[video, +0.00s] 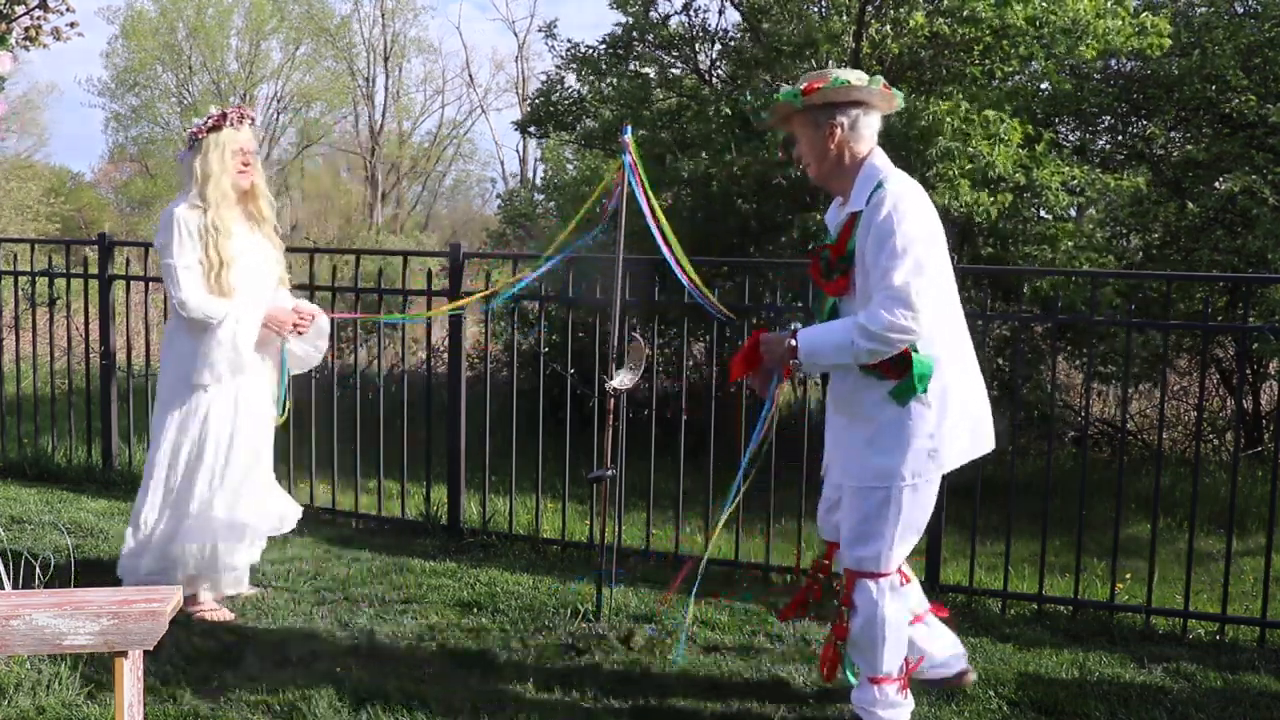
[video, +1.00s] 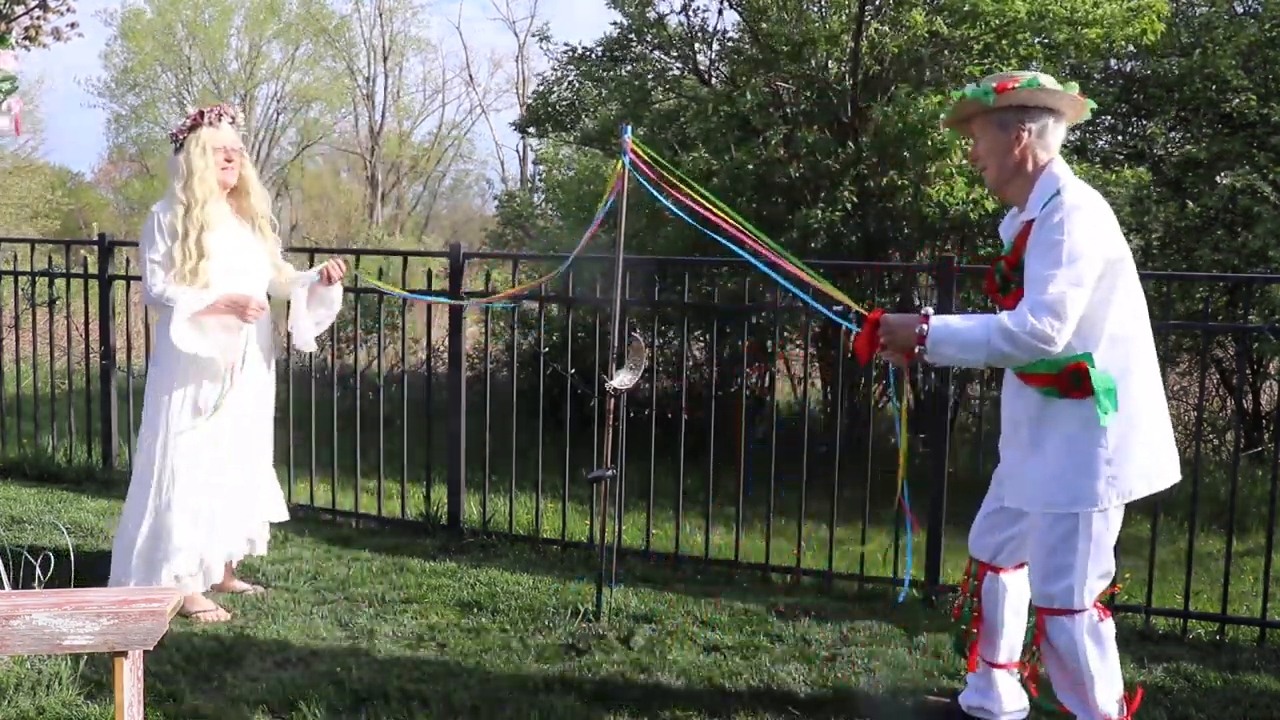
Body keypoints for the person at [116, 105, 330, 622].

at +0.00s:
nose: (247, 160)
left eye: (252, 152)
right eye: (236, 152)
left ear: (259, 160)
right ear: (210, 160)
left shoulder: (255, 219)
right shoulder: (185, 215)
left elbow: (268, 290)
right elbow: (189, 300)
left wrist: (296, 312)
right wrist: (258, 317)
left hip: (250, 364)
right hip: (205, 366)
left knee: (236, 472)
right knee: (204, 470)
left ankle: (210, 590)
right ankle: (191, 589)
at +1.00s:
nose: (229, 161)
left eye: (236, 152)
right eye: (217, 153)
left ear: (243, 159)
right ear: (193, 160)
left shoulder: (250, 218)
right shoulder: (170, 216)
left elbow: (273, 279)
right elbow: (156, 288)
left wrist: (315, 279)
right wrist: (217, 303)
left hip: (246, 362)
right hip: (191, 364)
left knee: (236, 462)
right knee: (187, 467)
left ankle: (221, 569)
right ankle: (180, 584)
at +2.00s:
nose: (233, 162)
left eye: (237, 154)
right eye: (222, 154)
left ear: (242, 161)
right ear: (193, 162)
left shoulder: (241, 222)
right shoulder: (174, 218)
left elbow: (262, 294)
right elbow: (219, 278)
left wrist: (317, 287)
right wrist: (302, 273)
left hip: (240, 358)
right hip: (192, 360)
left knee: (243, 461)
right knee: (199, 468)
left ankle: (237, 572)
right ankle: (197, 591)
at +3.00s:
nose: (226, 161)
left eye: (230, 153)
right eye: (215, 154)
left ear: (235, 160)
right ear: (187, 162)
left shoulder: (234, 222)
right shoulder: (165, 218)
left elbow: (265, 283)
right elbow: (206, 270)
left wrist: (317, 284)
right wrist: (291, 276)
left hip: (234, 351)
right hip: (188, 353)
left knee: (231, 457)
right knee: (191, 463)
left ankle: (219, 570)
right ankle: (182, 588)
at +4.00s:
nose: (269, 166)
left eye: (271, 156)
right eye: (257, 158)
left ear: (277, 161)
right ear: (230, 166)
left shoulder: (280, 216)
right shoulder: (217, 220)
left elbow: (318, 274)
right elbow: (264, 273)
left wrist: (366, 273)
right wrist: (342, 263)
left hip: (287, 346)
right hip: (240, 348)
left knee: (281, 443)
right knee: (234, 458)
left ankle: (268, 540)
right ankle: (204, 583)